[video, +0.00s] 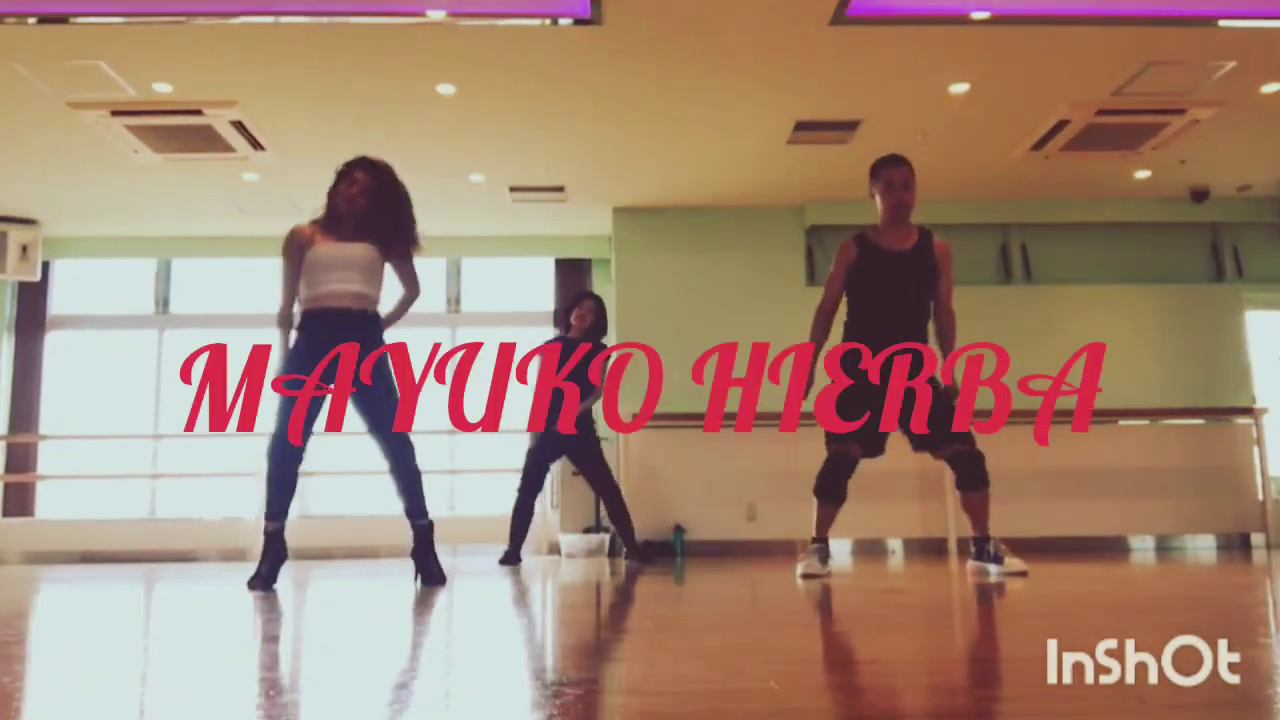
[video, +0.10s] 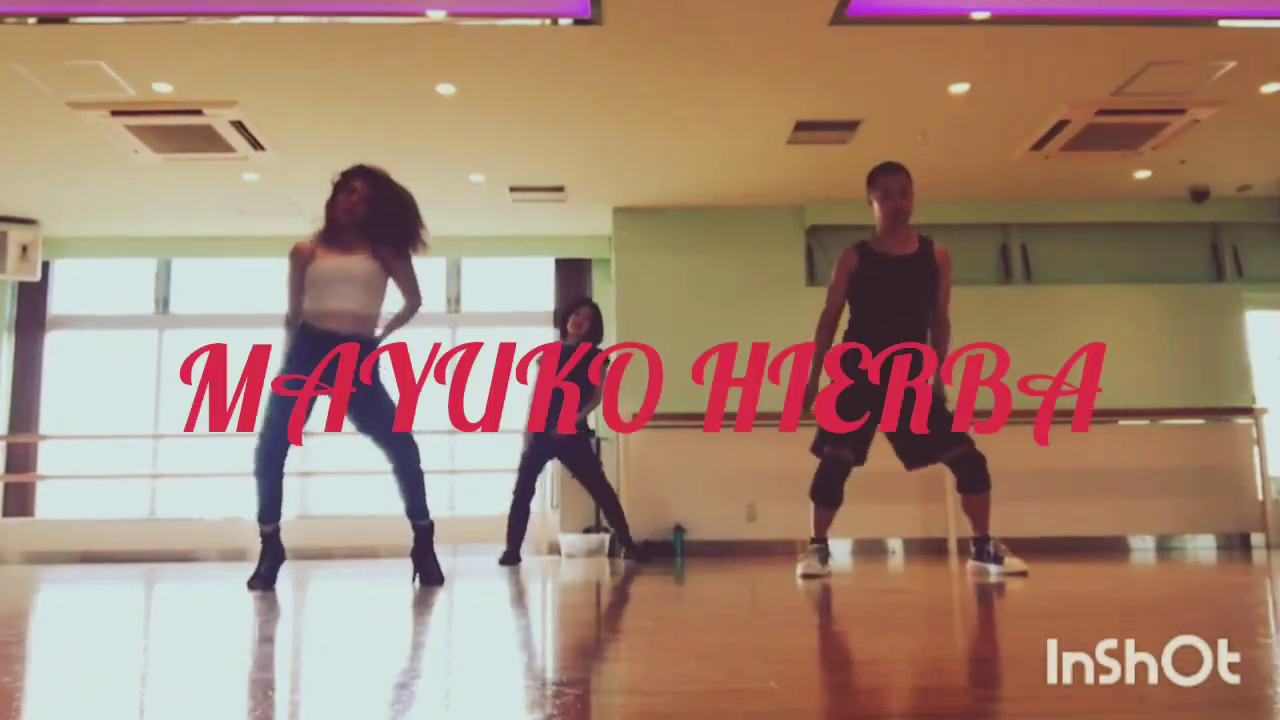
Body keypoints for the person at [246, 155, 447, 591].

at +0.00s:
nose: (353, 193)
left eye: (364, 191)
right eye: (349, 184)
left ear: (376, 202)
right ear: (335, 188)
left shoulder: (384, 239)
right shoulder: (303, 236)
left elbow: (412, 289)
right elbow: (288, 301)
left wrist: (384, 324)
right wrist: (285, 354)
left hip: (363, 336)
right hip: (312, 336)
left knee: (395, 442)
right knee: (285, 444)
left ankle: (423, 542)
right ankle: (273, 543)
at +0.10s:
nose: (353, 202)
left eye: (363, 198)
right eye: (348, 194)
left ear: (375, 210)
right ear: (334, 199)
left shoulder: (384, 252)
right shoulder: (306, 251)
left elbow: (413, 301)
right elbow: (294, 312)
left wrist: (382, 333)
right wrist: (295, 354)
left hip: (356, 359)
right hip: (307, 355)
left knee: (403, 448)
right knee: (269, 450)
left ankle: (423, 544)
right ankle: (270, 546)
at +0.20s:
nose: (350, 223)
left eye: (360, 219)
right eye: (345, 215)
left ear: (371, 230)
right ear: (332, 221)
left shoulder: (383, 274)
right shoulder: (307, 279)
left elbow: (418, 323)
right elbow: (299, 336)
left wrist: (388, 353)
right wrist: (296, 376)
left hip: (357, 389)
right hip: (307, 388)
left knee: (411, 454)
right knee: (256, 465)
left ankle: (426, 547)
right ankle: (270, 550)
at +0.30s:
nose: (348, 237)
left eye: (358, 234)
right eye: (343, 228)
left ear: (369, 245)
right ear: (328, 236)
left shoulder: (376, 288)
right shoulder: (303, 294)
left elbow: (424, 333)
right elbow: (300, 358)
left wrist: (385, 367)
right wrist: (300, 399)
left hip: (366, 403)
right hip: (315, 406)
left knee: (421, 459)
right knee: (245, 468)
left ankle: (428, 549)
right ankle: (269, 550)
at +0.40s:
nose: (346, 240)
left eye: (356, 237)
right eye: (340, 232)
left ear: (367, 250)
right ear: (326, 240)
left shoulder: (375, 291)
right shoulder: (299, 297)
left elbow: (427, 326)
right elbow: (299, 362)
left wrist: (394, 362)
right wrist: (300, 413)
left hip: (373, 404)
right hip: (322, 411)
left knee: (428, 465)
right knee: (241, 465)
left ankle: (429, 549)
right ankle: (269, 550)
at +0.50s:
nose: (344, 237)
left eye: (355, 234)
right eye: (339, 229)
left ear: (366, 246)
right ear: (325, 235)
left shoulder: (373, 287)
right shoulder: (295, 293)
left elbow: (425, 317)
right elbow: (293, 356)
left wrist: (395, 350)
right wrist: (294, 411)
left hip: (380, 399)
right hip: (331, 408)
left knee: (429, 467)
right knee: (249, 463)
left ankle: (429, 549)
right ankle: (269, 549)